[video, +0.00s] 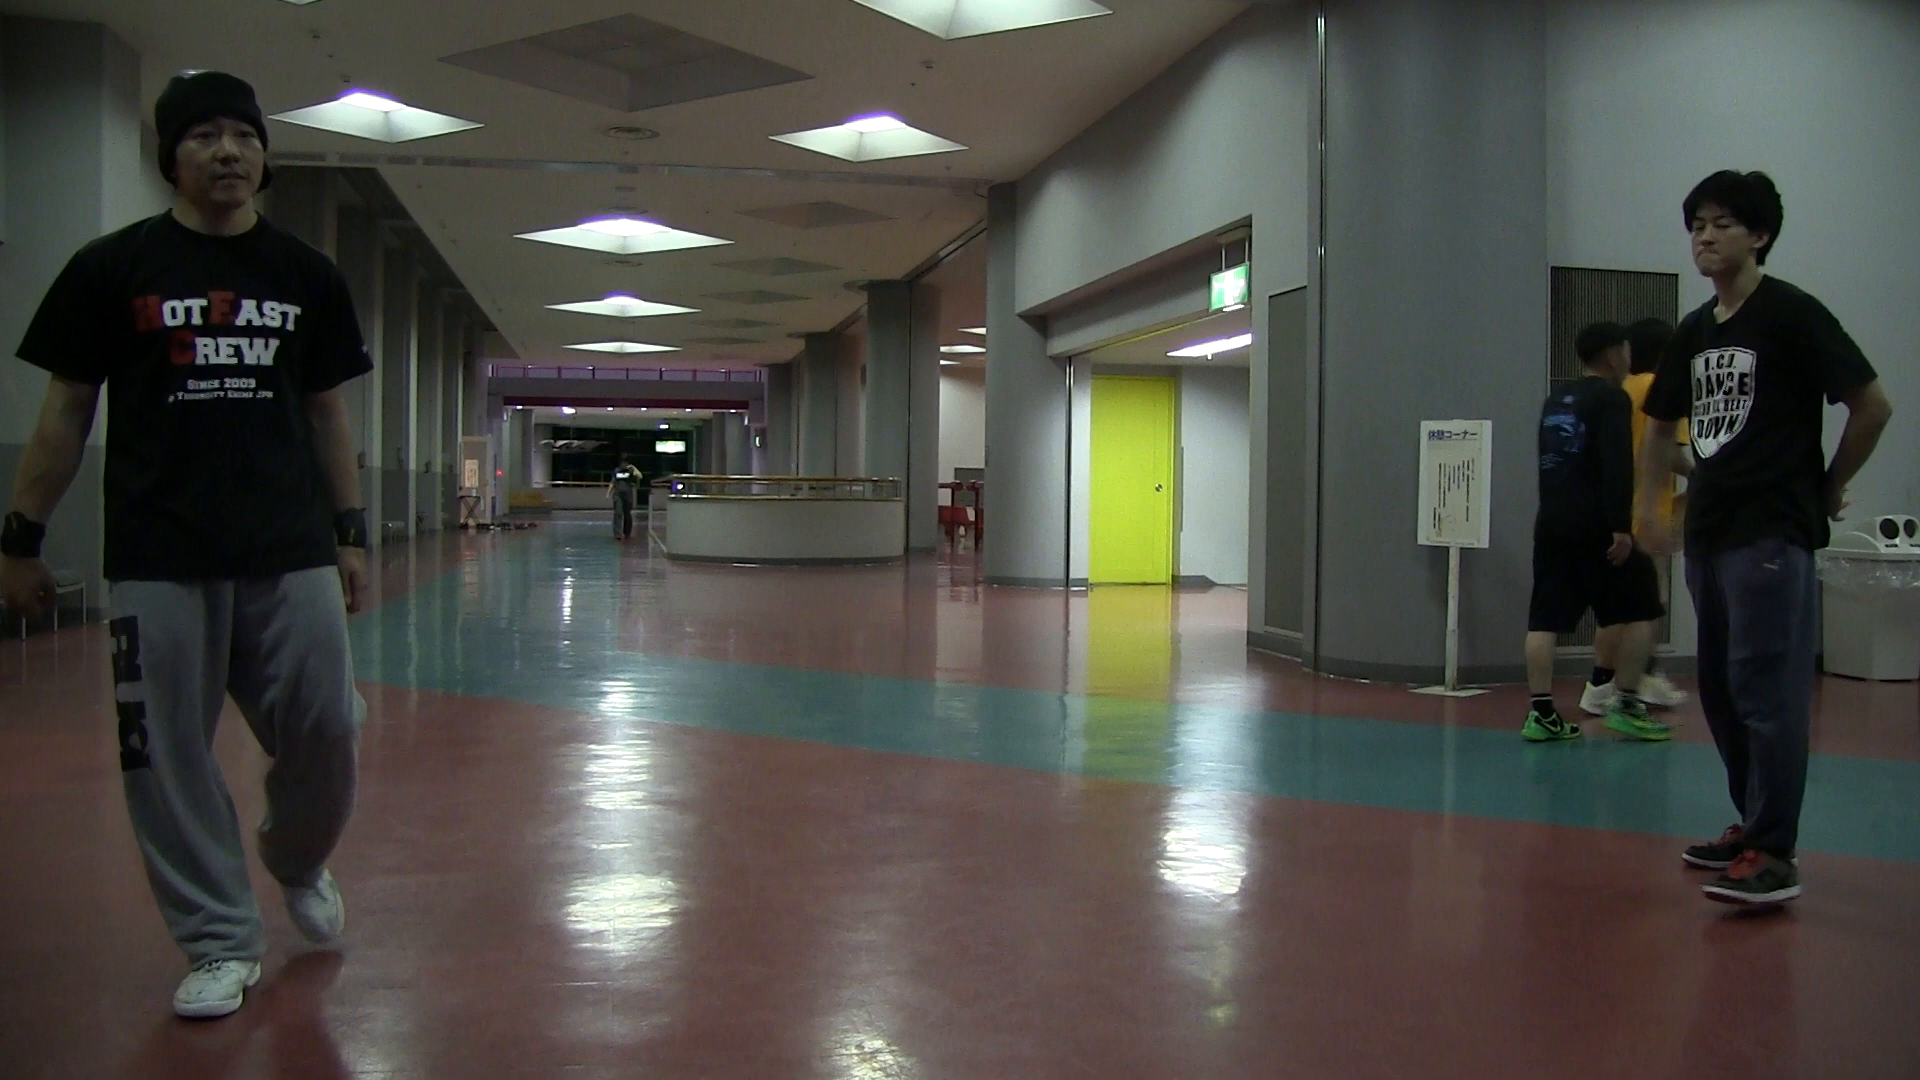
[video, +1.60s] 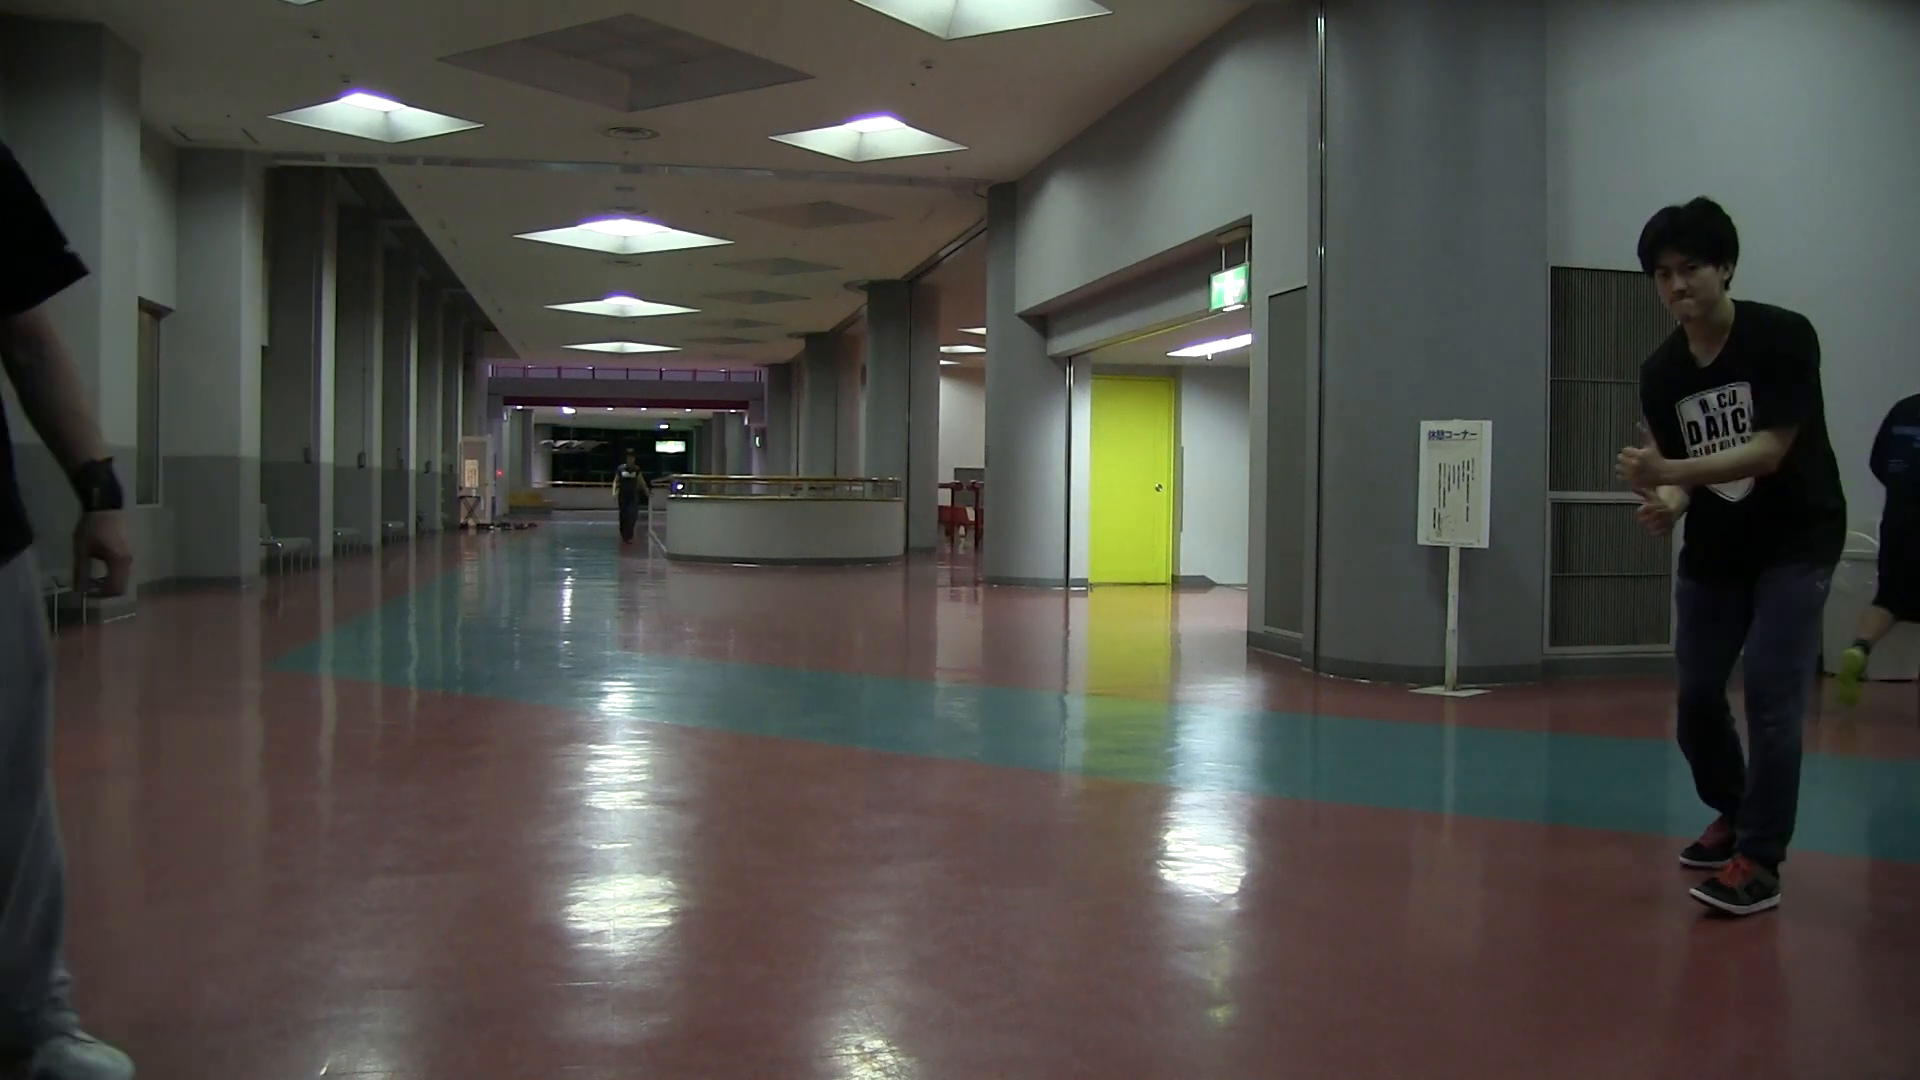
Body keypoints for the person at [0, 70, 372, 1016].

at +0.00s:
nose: (227, 148)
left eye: (241, 134)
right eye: (205, 135)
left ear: (265, 155)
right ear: (170, 156)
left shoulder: (307, 275)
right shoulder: (110, 269)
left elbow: (329, 411)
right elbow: (65, 414)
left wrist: (353, 532)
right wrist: (22, 536)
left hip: (287, 542)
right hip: (159, 551)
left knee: (328, 723)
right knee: (167, 752)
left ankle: (298, 860)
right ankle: (218, 942)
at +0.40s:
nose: (163, 127)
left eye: (183, 110)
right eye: (143, 114)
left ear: (224, 132)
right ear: (121, 142)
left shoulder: (294, 259)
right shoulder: (84, 263)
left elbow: (339, 406)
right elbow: (65, 401)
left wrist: (372, 533)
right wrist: (77, 511)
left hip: (254, 559)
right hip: (128, 564)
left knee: (242, 777)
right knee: (154, 778)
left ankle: (218, 1012)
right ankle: (218, 966)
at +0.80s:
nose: (122, 65)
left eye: (151, 48)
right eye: (107, 47)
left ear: (207, 75)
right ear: (90, 71)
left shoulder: (262, 217)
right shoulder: (51, 209)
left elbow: (280, 385)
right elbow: (13, 373)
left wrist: (246, 545)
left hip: (196, 549)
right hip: (54, 541)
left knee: (216, 803)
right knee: (19, 778)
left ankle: (204, 1030)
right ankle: (122, 931)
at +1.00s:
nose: (65, 51)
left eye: (96, 31)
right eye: (48, 32)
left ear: (152, 56)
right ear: (30, 54)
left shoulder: (218, 196)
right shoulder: (10, 185)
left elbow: (240, 376)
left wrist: (181, 524)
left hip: (174, 550)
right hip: (28, 549)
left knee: (208, 802)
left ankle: (202, 1035)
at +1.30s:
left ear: (10, 65)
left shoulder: (68, 180)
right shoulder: (69, 185)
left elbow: (139, 354)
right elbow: (140, 355)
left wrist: (186, 503)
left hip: (55, 538)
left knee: (122, 788)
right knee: (116, 788)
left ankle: (183, 1031)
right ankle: (179, 1023)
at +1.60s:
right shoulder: (1, 178)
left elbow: (30, 337)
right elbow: (32, 338)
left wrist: (100, 489)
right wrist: (98, 490)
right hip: (1, 555)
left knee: (18, 789)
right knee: (18, 792)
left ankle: (38, 1016)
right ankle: (34, 1016)